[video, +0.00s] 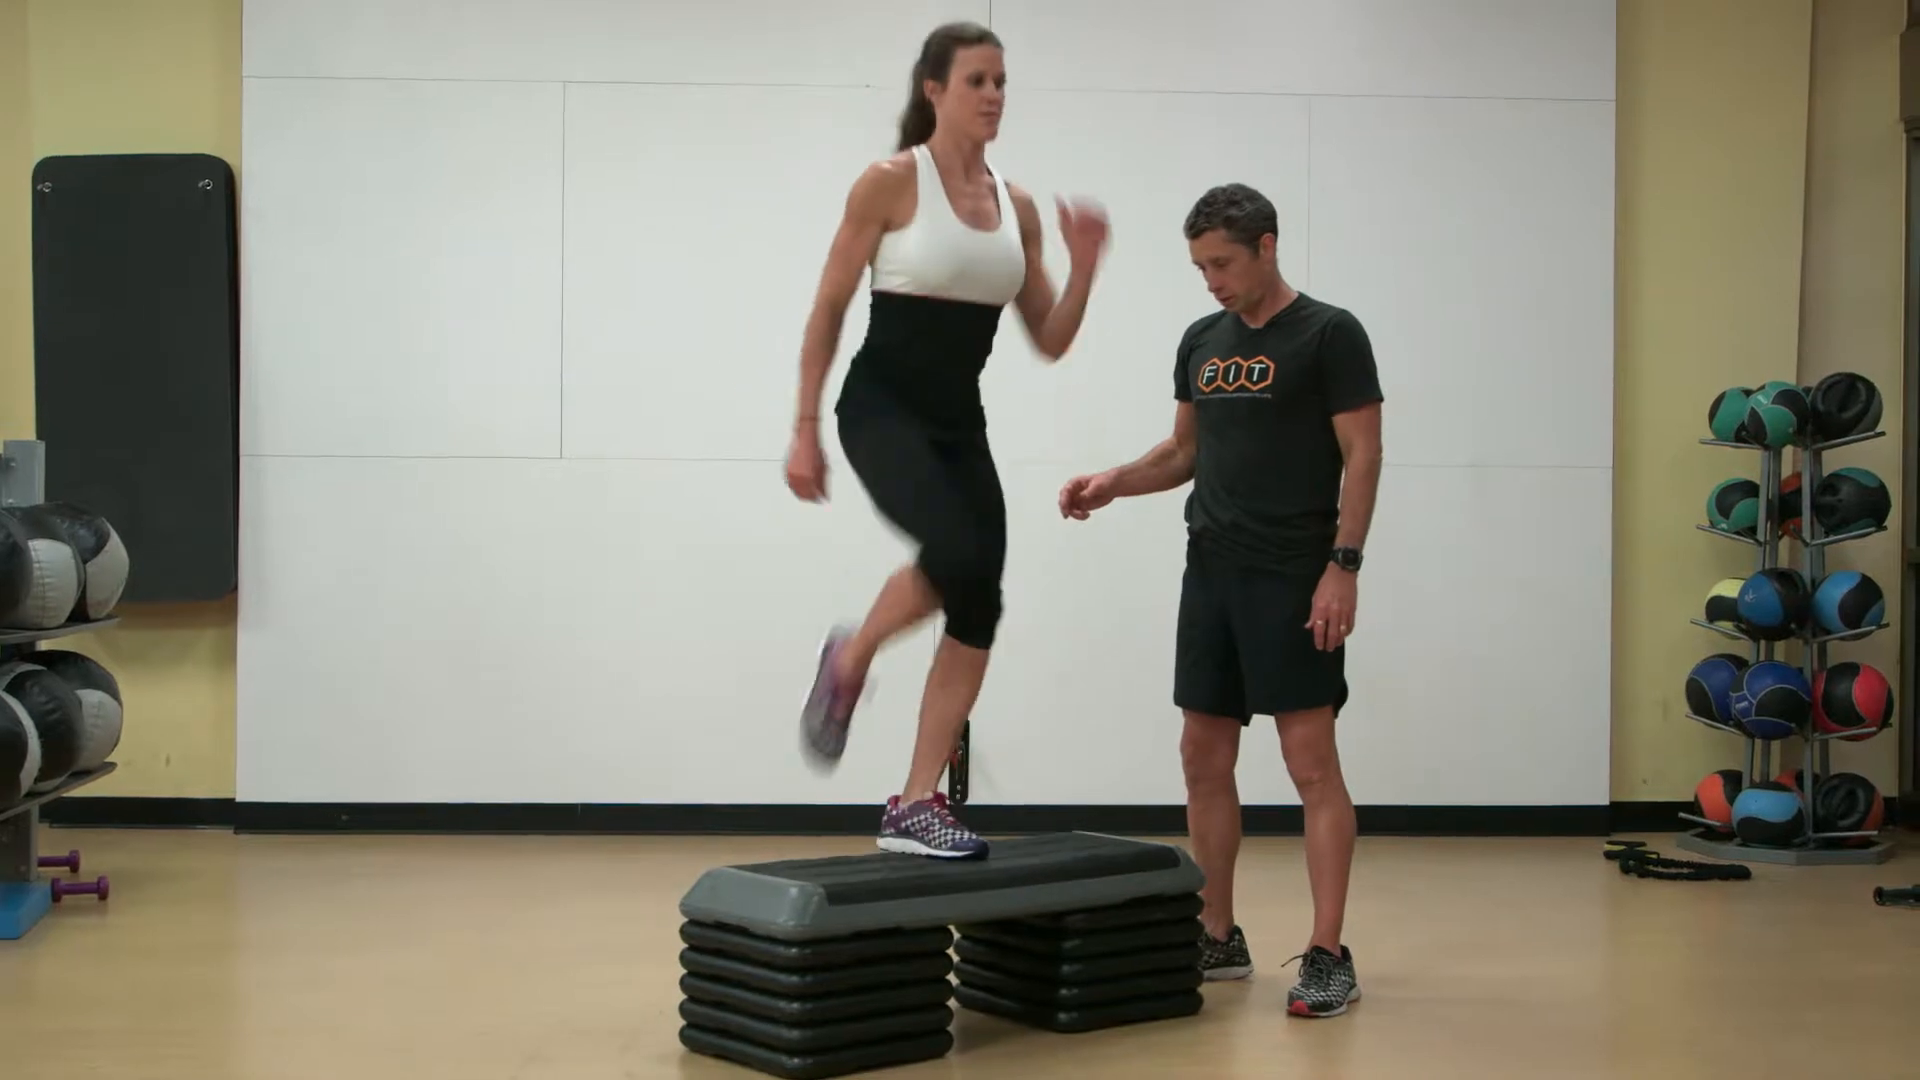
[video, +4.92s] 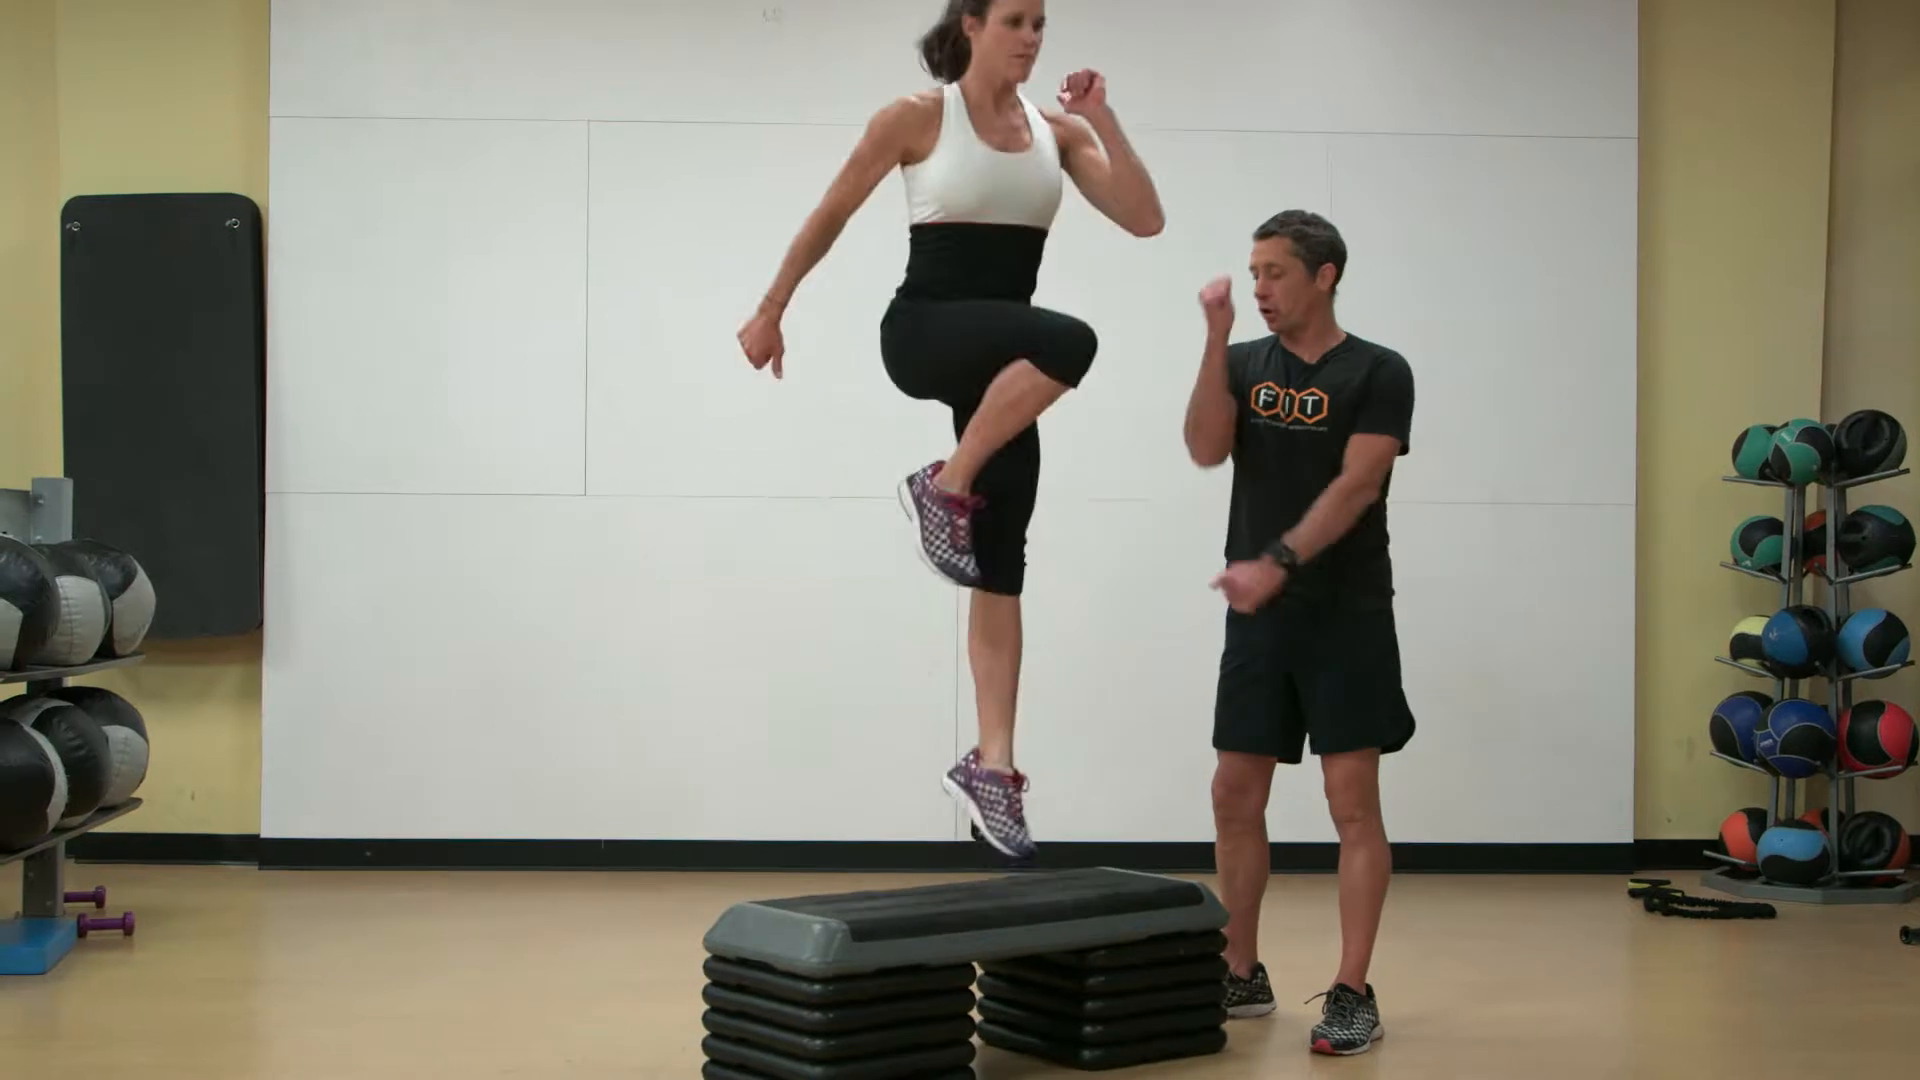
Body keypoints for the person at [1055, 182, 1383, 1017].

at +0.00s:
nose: (1212, 279)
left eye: (1223, 262)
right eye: (1202, 266)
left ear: (1267, 248)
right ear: (1198, 263)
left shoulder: (1331, 335)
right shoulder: (1201, 341)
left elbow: (1362, 455)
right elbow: (1183, 452)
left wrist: (1343, 567)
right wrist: (1113, 481)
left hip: (1295, 577)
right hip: (1212, 575)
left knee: (1311, 763)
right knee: (1203, 756)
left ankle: (1327, 951)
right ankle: (1216, 936)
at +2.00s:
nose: (1218, 335)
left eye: (1230, 319)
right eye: (1209, 321)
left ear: (1277, 305)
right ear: (1205, 316)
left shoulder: (1342, 388)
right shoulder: (1204, 389)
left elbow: (1377, 508)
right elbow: (1185, 491)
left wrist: (1359, 616)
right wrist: (1152, 548)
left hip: (1308, 629)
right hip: (1221, 625)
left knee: (1323, 814)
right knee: (1210, 802)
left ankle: (1336, 1000)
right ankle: (1224, 983)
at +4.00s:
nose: (1235, 328)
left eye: (1248, 312)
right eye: (1225, 313)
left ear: (1293, 299)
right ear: (1222, 309)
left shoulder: (1367, 379)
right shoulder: (1216, 390)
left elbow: (1410, 498)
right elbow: (1188, 497)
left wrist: (1410, 608)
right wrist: (1149, 568)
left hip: (1344, 622)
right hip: (1251, 622)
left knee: (1347, 808)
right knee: (1228, 800)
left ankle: (1346, 995)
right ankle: (1233, 979)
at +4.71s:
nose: (1244, 297)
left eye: (1259, 282)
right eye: (1239, 282)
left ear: (1309, 283)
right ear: (1241, 286)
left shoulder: (1372, 376)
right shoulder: (1220, 382)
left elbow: (1410, 496)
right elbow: (1207, 492)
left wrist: (1391, 606)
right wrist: (1172, 533)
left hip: (1348, 617)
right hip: (1256, 617)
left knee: (1351, 806)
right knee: (1232, 793)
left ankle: (1350, 990)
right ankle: (1239, 973)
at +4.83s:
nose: (1253, 291)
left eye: (1267, 275)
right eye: (1249, 277)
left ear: (1317, 278)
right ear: (1253, 283)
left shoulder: (1375, 375)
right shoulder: (1238, 373)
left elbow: (1377, 498)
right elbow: (1205, 484)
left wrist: (1313, 585)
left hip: (1347, 612)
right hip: (1255, 610)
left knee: (1353, 802)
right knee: (1233, 795)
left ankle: (1350, 991)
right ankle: (1240, 975)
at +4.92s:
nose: (1257, 288)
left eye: (1272, 274)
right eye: (1255, 275)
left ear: (1323, 275)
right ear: (1263, 279)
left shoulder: (1379, 372)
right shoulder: (1244, 363)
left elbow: (1358, 485)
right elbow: (1205, 448)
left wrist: (1278, 560)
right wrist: (1216, 340)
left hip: (1346, 614)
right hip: (1259, 610)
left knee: (1352, 802)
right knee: (1235, 793)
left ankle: (1351, 991)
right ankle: (1241, 974)